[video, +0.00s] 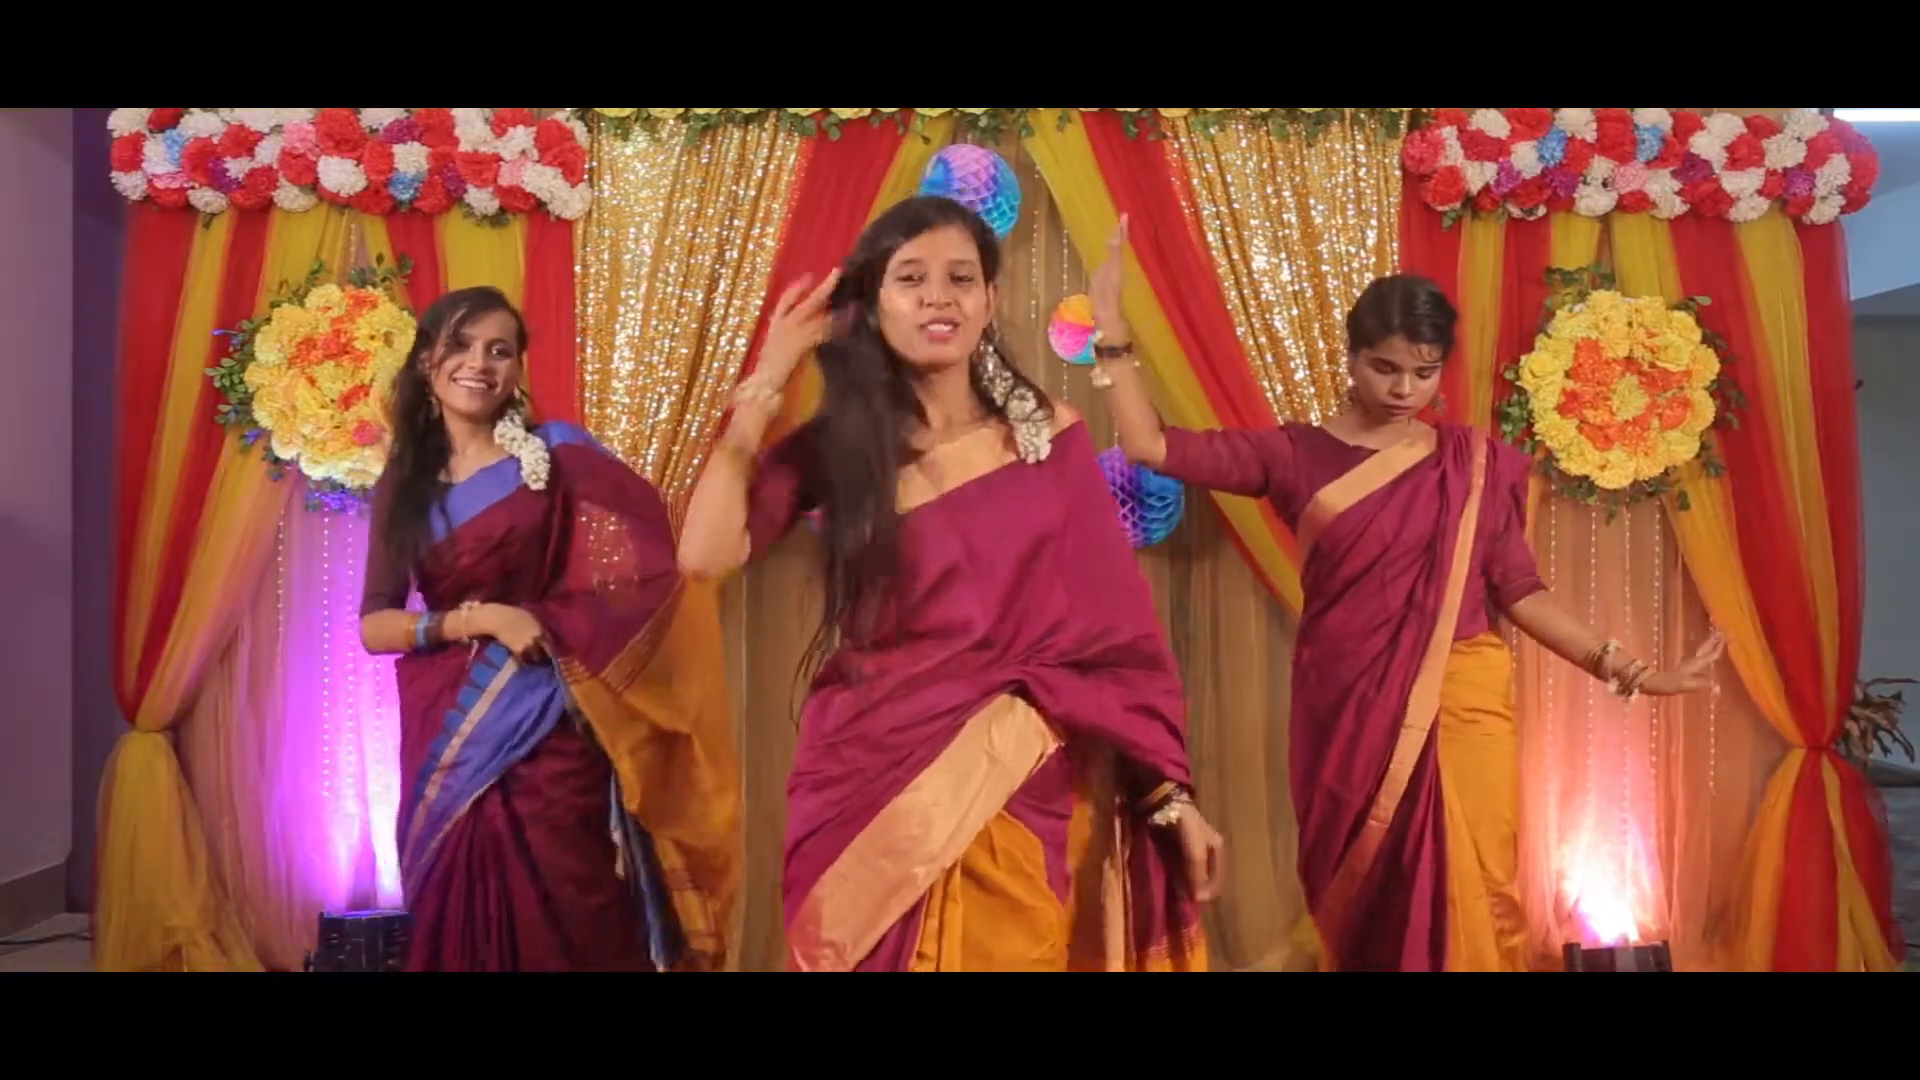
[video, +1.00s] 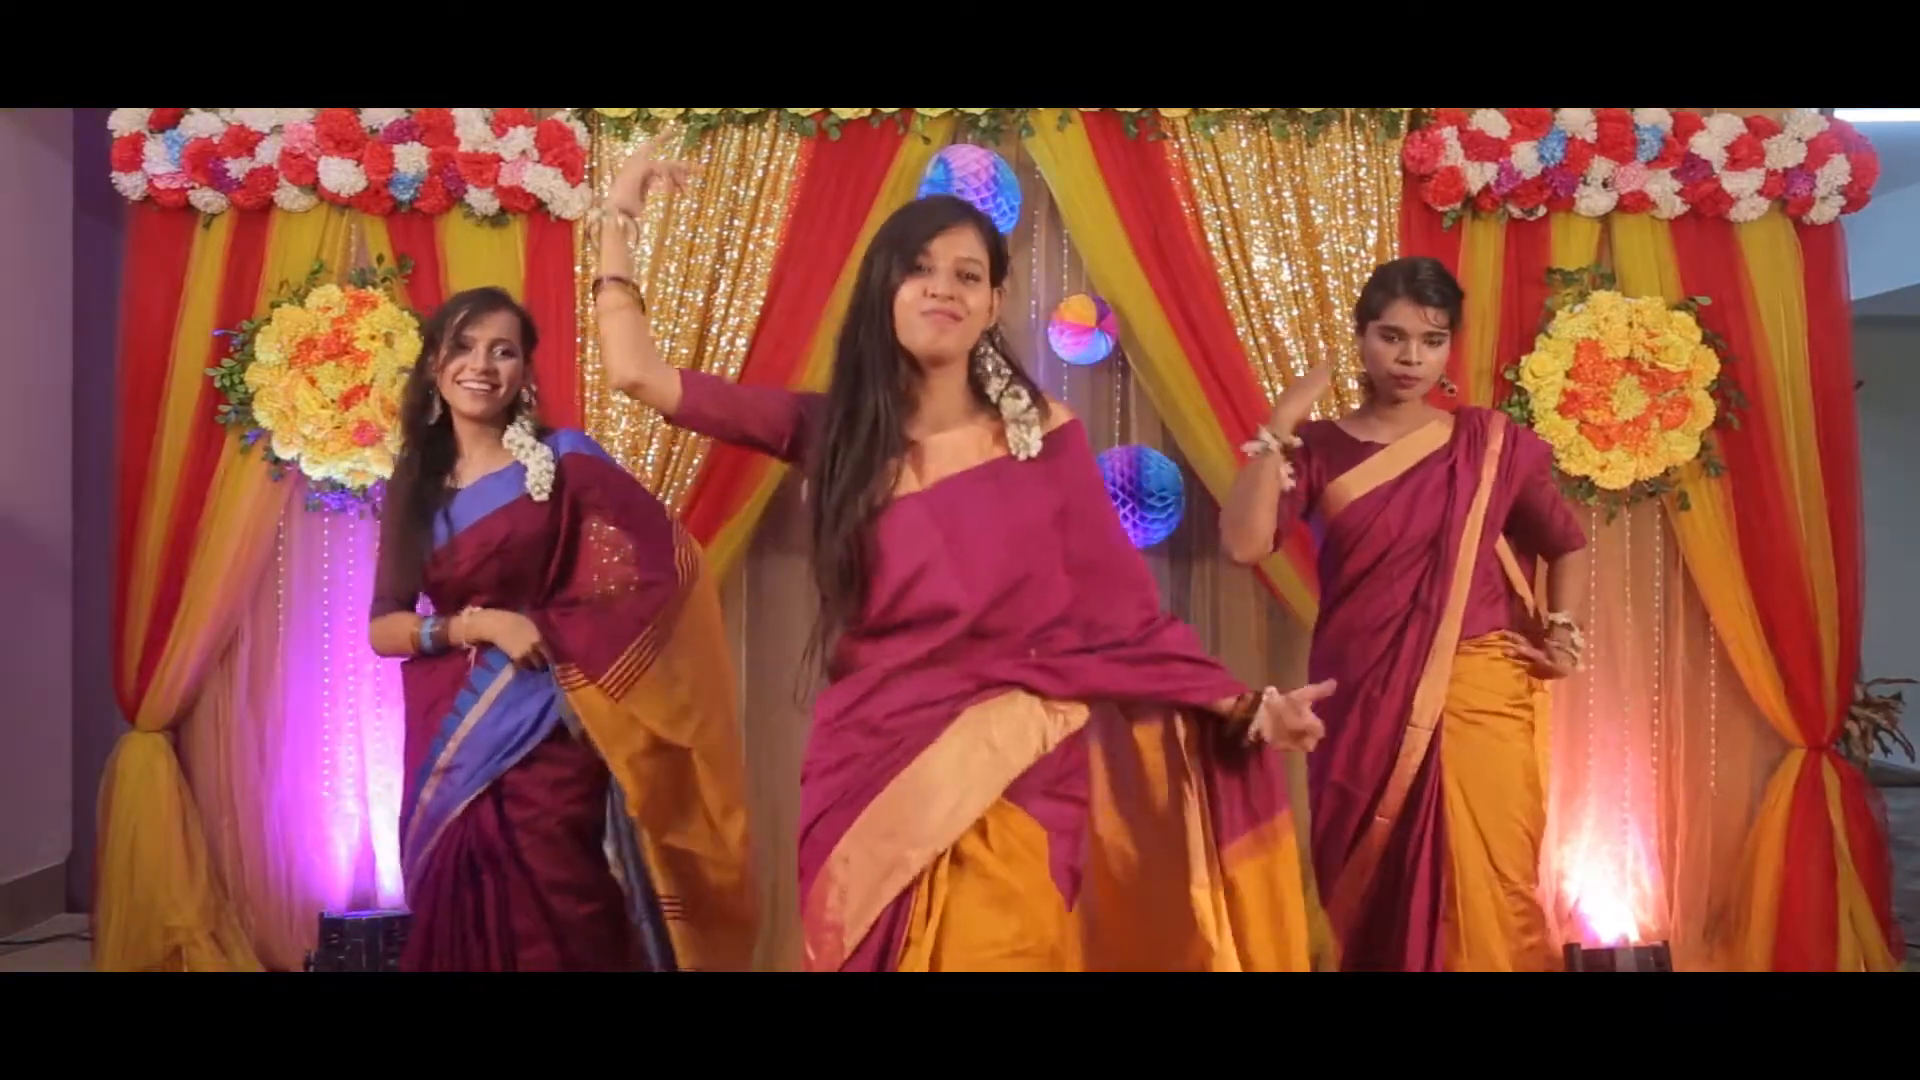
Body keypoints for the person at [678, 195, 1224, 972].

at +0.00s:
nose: (939, 299)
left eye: (961, 278)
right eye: (911, 279)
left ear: (991, 302)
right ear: (871, 308)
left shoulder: (1048, 432)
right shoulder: (846, 442)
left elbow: (1119, 628)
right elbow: (703, 553)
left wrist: (1168, 791)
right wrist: (764, 380)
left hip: (1029, 788)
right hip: (870, 788)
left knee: (1023, 956)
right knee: (868, 959)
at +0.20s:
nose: (938, 279)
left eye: (964, 269)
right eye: (919, 260)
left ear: (992, 304)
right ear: (882, 283)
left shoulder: (1040, 431)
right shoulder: (835, 435)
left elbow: (1118, 618)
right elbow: (679, 556)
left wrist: (1214, 756)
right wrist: (699, 411)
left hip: (1023, 757)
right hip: (869, 754)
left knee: (1007, 951)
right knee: (852, 953)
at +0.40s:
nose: (935, 280)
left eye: (964, 268)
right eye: (915, 258)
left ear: (987, 304)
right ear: (876, 278)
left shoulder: (1020, 431)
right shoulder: (818, 419)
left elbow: (1085, 617)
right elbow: (622, 438)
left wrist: (1195, 722)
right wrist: (623, 288)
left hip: (1036, 755)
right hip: (882, 764)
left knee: (1034, 954)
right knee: (893, 958)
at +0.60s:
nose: (934, 283)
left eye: (961, 269)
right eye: (914, 260)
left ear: (986, 300)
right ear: (872, 278)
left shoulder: (1017, 436)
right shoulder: (813, 416)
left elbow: (1093, 615)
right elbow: (609, 382)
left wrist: (1244, 725)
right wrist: (622, 232)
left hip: (1027, 761)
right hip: (872, 773)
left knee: (1046, 952)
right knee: (889, 958)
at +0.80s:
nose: (936, 306)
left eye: (962, 291)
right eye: (915, 283)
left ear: (987, 322)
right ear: (873, 305)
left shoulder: (1041, 451)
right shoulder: (838, 448)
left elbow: (1127, 634)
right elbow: (628, 396)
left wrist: (1263, 730)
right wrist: (607, 234)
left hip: (1013, 787)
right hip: (860, 783)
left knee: (996, 952)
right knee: (871, 954)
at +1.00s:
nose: (944, 291)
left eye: (970, 277)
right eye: (921, 271)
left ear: (995, 305)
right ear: (880, 291)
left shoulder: (1048, 437)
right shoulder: (844, 431)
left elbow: (1128, 621)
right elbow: (638, 375)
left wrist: (1248, 707)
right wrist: (617, 220)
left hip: (1022, 759)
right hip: (875, 757)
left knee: (1005, 949)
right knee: (868, 953)